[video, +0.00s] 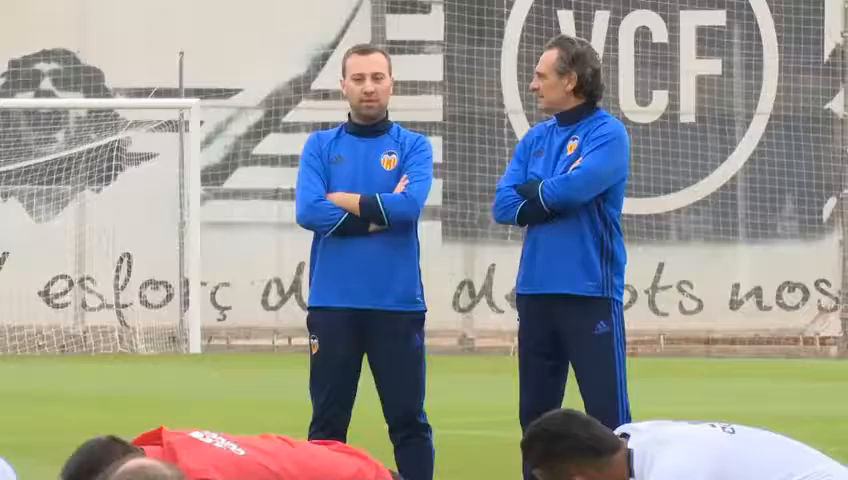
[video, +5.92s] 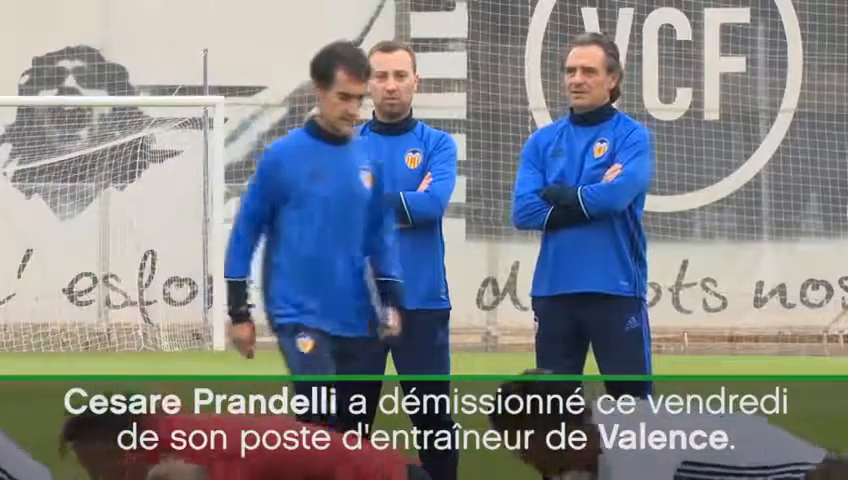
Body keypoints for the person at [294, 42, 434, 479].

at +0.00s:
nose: (369, 87)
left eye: (378, 78)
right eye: (359, 79)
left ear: (391, 85)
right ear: (343, 87)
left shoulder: (414, 145)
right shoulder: (320, 144)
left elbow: (409, 208)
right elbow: (308, 212)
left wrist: (337, 198)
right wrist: (381, 214)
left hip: (397, 304)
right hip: (333, 304)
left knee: (408, 421)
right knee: (327, 422)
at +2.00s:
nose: (395, 85)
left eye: (404, 75)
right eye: (385, 76)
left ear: (416, 82)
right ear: (367, 84)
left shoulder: (438, 143)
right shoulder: (343, 142)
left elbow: (431, 206)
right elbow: (332, 211)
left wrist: (361, 197)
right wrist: (405, 212)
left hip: (421, 302)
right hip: (356, 302)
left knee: (431, 416)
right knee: (351, 417)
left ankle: (441, 478)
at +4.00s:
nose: (395, 84)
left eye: (404, 75)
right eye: (385, 75)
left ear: (417, 82)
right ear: (369, 83)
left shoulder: (439, 142)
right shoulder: (346, 142)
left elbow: (433, 206)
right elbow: (333, 210)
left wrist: (361, 196)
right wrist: (406, 213)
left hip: (423, 302)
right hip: (358, 301)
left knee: (433, 416)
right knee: (352, 417)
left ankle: (443, 479)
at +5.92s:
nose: (391, 86)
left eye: (400, 76)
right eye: (381, 77)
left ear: (416, 82)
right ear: (368, 84)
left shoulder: (438, 144)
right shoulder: (349, 143)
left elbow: (432, 206)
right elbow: (339, 203)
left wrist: (367, 199)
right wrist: (411, 195)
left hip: (422, 300)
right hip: (359, 300)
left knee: (434, 417)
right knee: (350, 420)